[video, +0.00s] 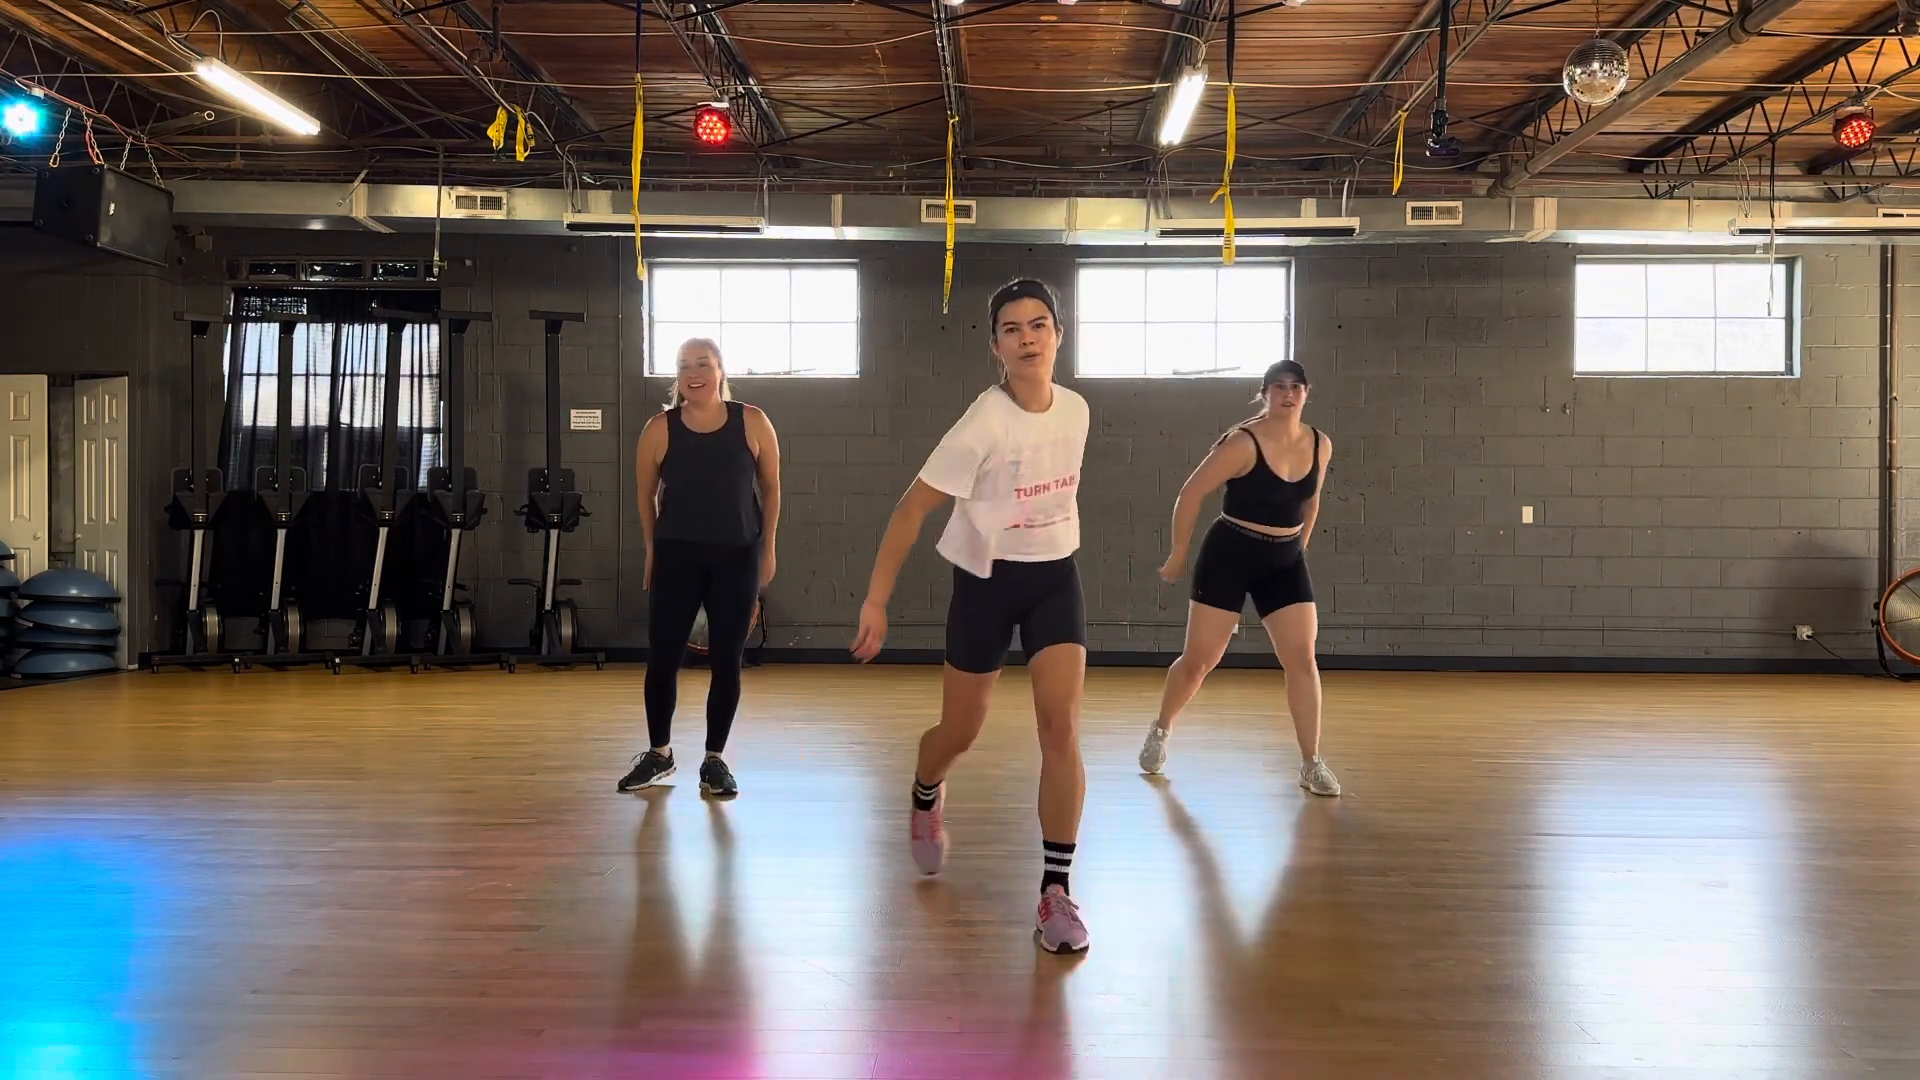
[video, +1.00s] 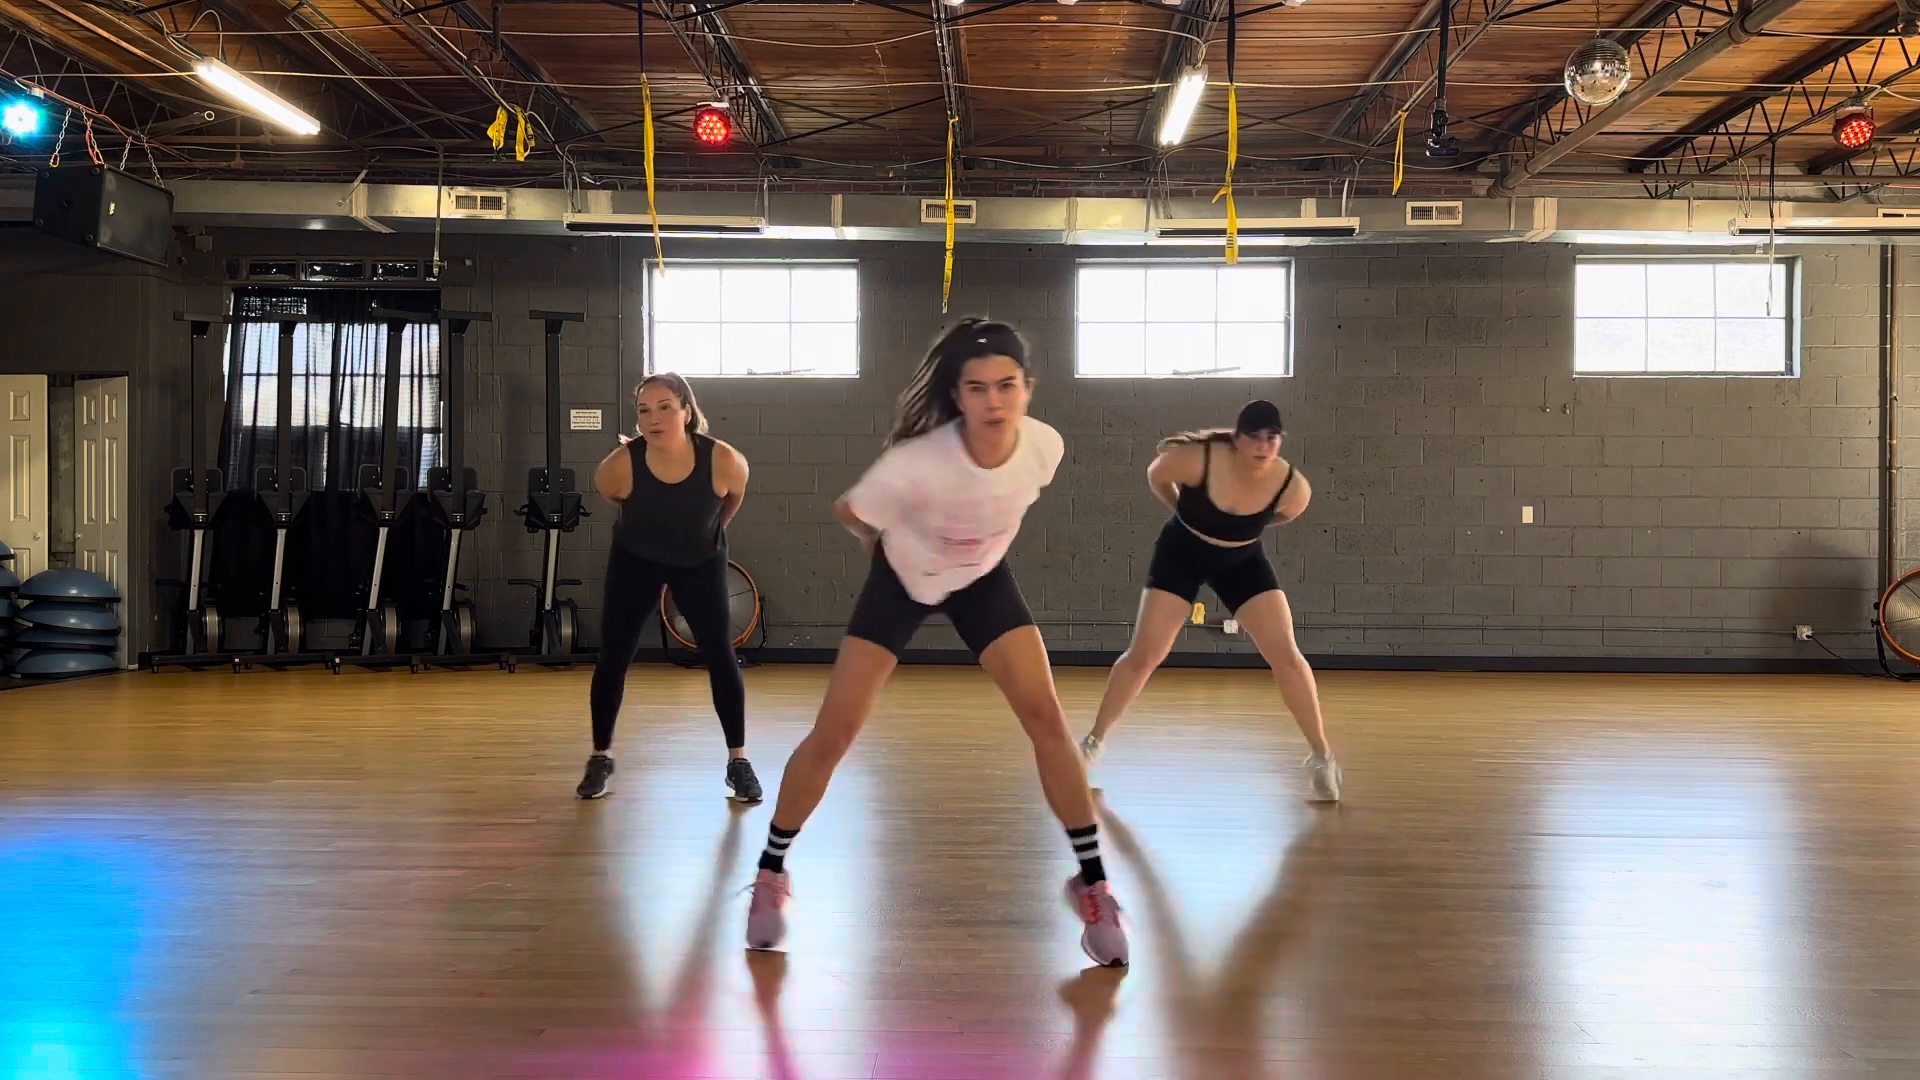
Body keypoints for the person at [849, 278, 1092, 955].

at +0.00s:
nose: (1027, 337)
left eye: (1038, 325)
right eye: (1012, 328)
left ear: (1057, 335)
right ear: (995, 345)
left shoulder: (1076, 411)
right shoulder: (984, 420)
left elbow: (1054, 490)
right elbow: (913, 507)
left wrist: (1040, 553)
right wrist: (876, 603)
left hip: (1055, 577)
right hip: (983, 580)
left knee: (1061, 731)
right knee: (960, 731)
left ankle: (1057, 891)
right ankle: (925, 793)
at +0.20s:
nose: (1015, 341)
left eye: (1026, 327)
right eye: (999, 333)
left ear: (1048, 334)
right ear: (984, 350)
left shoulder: (1057, 393)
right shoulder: (975, 432)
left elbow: (1043, 475)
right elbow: (915, 505)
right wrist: (903, 559)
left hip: (1045, 577)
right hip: (973, 580)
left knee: (1070, 732)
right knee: (930, 745)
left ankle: (1054, 892)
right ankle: (869, 868)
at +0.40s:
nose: (956, 366)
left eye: (970, 353)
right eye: (942, 355)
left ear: (996, 364)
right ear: (928, 369)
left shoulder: (1044, 426)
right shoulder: (905, 453)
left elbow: (1057, 514)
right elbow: (910, 534)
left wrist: (1026, 574)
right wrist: (948, 581)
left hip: (1023, 589)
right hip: (939, 593)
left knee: (1062, 746)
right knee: (886, 744)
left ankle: (1051, 892)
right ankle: (833, 885)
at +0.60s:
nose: (879, 383)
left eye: (897, 372)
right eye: (873, 367)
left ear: (929, 386)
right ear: (861, 370)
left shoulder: (948, 465)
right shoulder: (859, 428)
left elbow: (1024, 523)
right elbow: (901, 502)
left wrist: (1026, 555)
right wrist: (980, 537)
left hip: (979, 587)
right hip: (902, 591)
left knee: (1058, 750)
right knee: (843, 731)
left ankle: (1133, 888)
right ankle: (826, 892)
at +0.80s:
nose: (910, 424)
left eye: (928, 414)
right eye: (899, 409)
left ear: (953, 430)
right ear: (882, 414)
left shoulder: (970, 502)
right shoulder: (845, 462)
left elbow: (1011, 543)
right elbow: (846, 511)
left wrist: (960, 564)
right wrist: (884, 550)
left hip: (958, 608)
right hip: (874, 611)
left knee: (1047, 750)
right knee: (826, 752)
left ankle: (1143, 881)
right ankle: (830, 899)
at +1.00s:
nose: (994, 401)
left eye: (1007, 385)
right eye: (977, 389)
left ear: (1027, 388)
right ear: (955, 397)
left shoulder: (1045, 448)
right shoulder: (912, 462)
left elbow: (1008, 506)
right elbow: (851, 510)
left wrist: (953, 540)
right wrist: (894, 545)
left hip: (985, 576)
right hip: (902, 578)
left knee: (1045, 714)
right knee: (833, 733)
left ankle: (1095, 885)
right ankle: (770, 875)